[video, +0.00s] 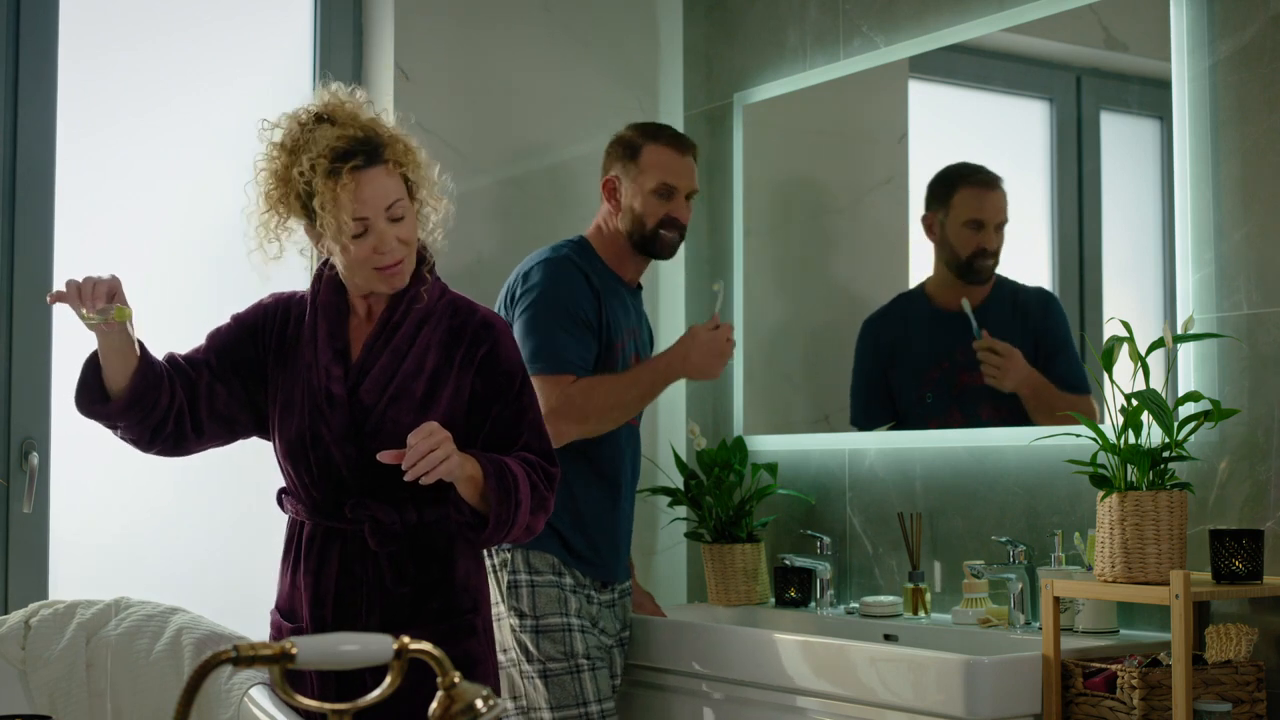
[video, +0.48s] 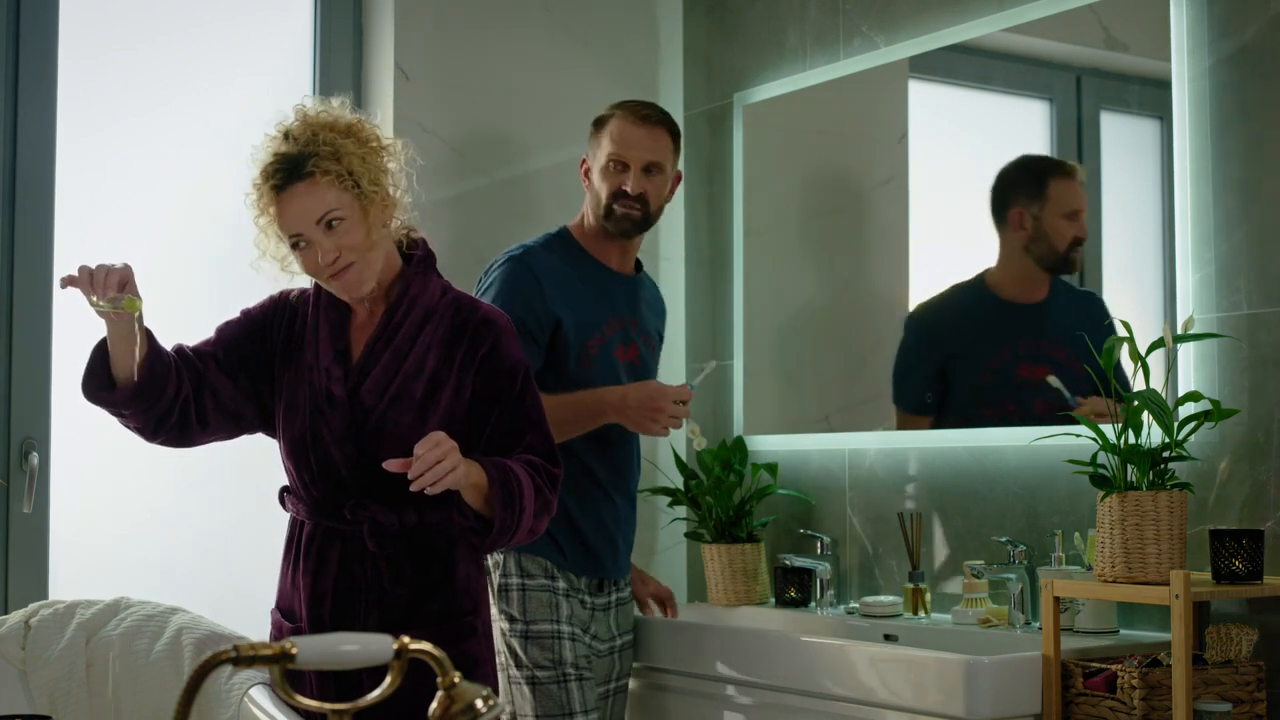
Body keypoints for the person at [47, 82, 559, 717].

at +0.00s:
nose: (387, 245)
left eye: (398, 214)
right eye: (357, 229)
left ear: (417, 206)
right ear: (319, 234)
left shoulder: (478, 339)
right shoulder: (283, 332)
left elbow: (533, 492)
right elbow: (163, 414)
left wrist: (464, 469)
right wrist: (112, 330)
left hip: (441, 617)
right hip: (316, 618)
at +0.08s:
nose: (375, 248)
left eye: (387, 217)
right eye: (347, 231)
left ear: (414, 207)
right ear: (315, 235)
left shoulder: (477, 340)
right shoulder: (283, 331)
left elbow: (533, 495)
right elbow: (165, 413)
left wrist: (469, 472)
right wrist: (114, 334)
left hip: (440, 617)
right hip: (315, 618)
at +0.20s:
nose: (347, 250)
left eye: (360, 220)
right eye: (321, 234)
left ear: (399, 205)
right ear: (302, 239)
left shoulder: (476, 338)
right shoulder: (285, 329)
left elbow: (534, 496)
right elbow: (165, 408)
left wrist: (472, 476)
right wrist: (118, 327)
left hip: (439, 621)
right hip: (312, 622)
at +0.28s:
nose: (333, 252)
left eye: (346, 221)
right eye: (310, 236)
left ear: (392, 205)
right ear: (296, 242)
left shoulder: (476, 336)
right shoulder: (286, 328)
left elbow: (535, 495)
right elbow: (171, 407)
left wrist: (473, 477)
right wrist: (119, 326)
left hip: (439, 618)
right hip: (313, 618)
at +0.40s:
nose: (324, 253)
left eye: (336, 222)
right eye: (301, 239)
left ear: (382, 205)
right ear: (289, 248)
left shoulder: (476, 335)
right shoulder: (288, 329)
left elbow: (536, 488)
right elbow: (172, 406)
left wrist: (474, 478)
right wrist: (122, 323)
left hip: (438, 620)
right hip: (313, 621)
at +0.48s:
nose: (321, 255)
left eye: (334, 223)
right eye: (299, 240)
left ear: (380, 205)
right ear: (287, 248)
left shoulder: (476, 335)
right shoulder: (288, 330)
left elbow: (535, 491)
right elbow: (173, 403)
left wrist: (471, 475)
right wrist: (123, 323)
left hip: (439, 620)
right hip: (314, 620)